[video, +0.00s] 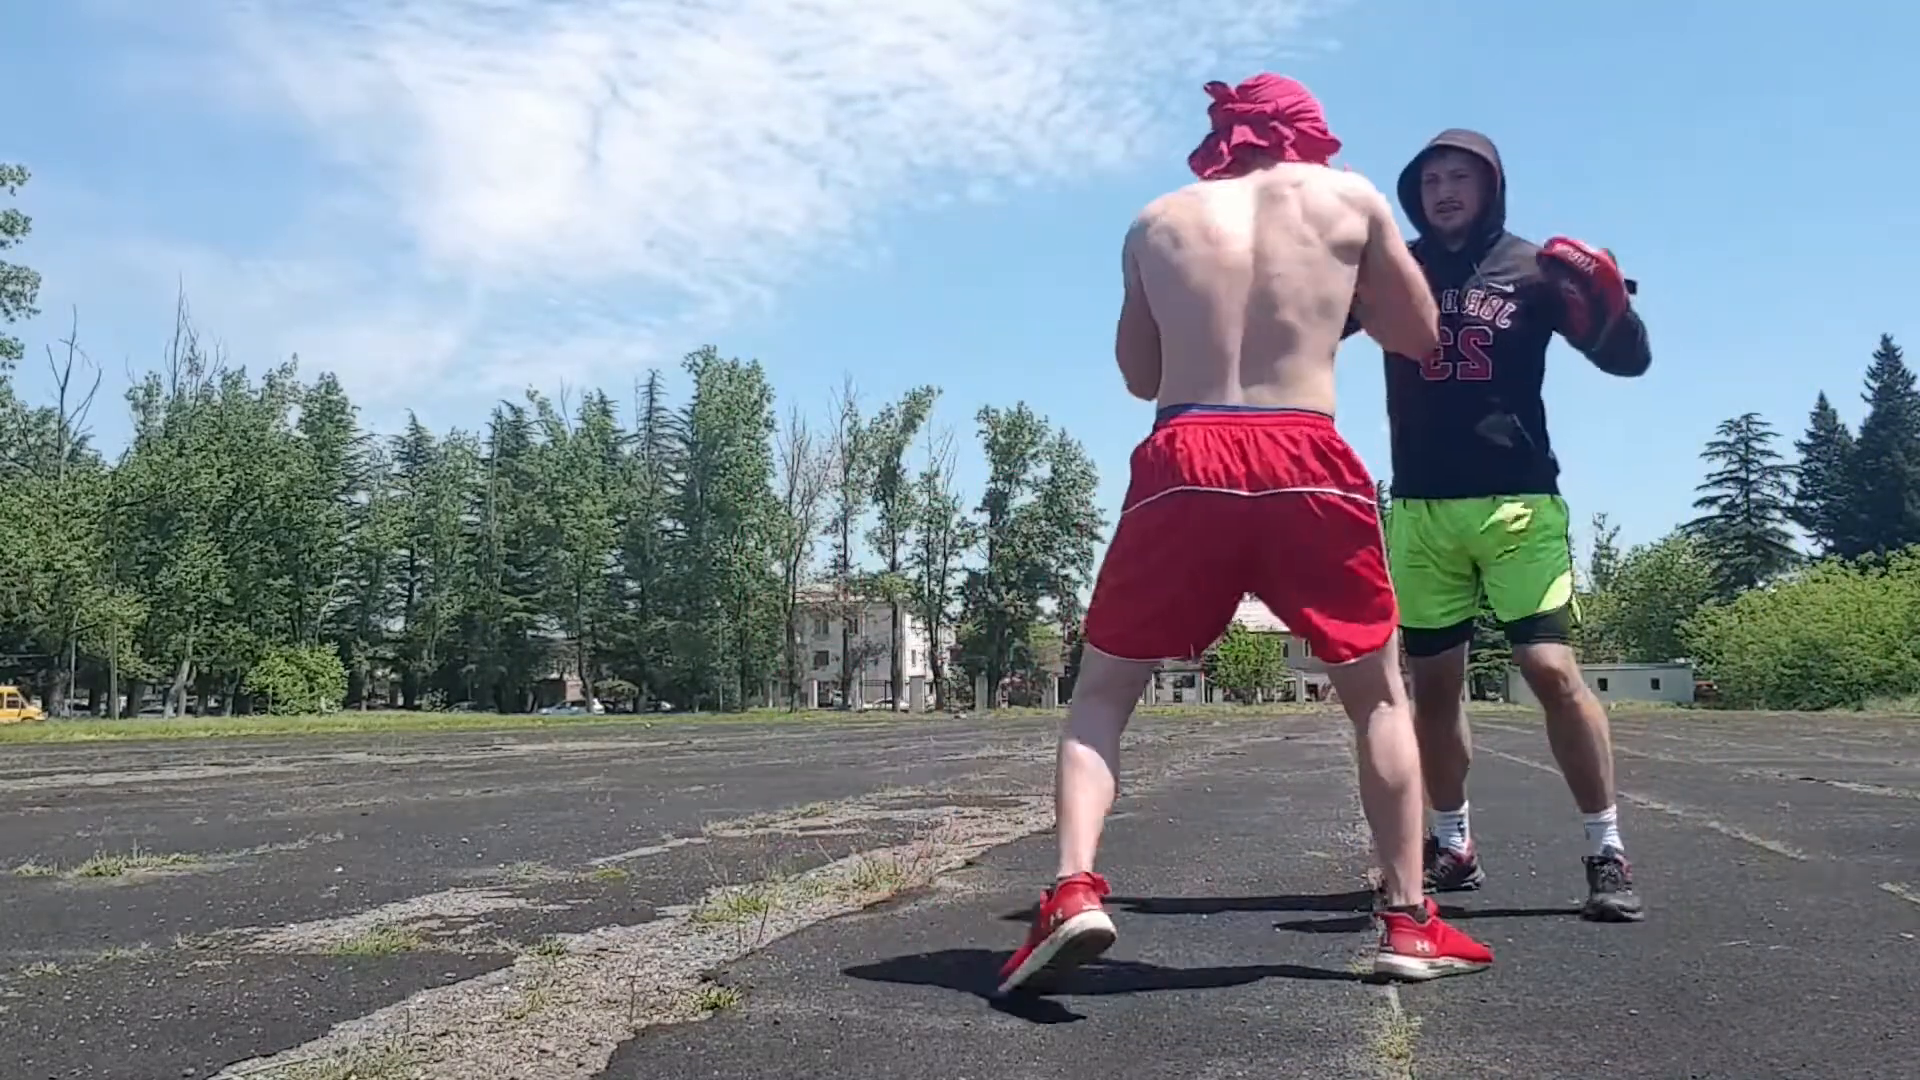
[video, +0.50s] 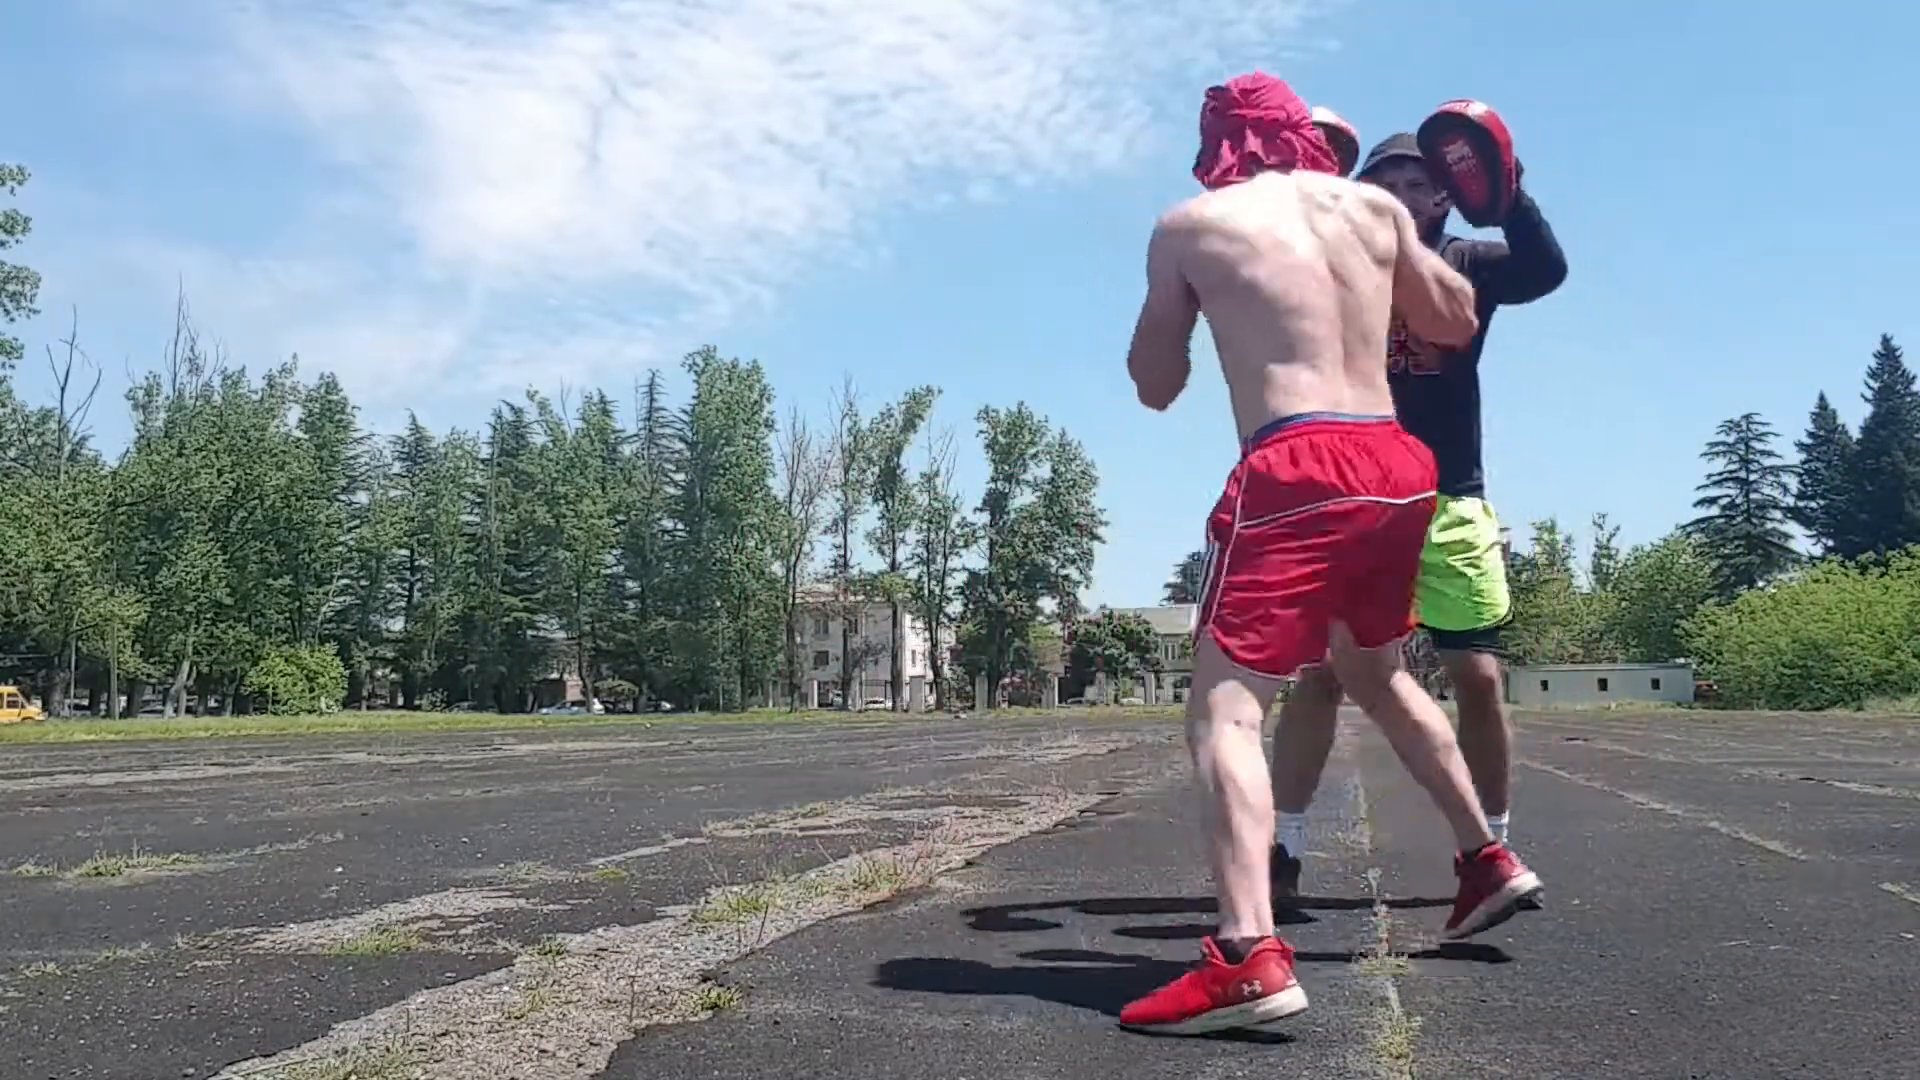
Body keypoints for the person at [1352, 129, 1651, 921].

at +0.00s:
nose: (1446, 191)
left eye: (1462, 179)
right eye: (1433, 181)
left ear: (1492, 190)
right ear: (1415, 195)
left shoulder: (1533, 267)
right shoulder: (1392, 272)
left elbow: (1630, 361)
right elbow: (1318, 313)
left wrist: (1612, 305)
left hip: (1518, 502)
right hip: (1420, 509)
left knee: (1551, 671)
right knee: (1432, 689)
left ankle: (1607, 851)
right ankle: (1450, 847)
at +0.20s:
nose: (1431, 197)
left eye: (1447, 185)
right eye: (1418, 186)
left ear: (1475, 195)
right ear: (1400, 199)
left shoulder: (1512, 261)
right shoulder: (1375, 265)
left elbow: (1598, 302)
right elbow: (1308, 295)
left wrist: (1558, 225)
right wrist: (1296, 215)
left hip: (1491, 496)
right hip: (1395, 495)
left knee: (1501, 679)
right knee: (1395, 678)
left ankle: (1496, 846)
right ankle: (1414, 840)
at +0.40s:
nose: (1424, 203)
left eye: (1440, 192)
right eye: (1408, 192)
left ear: (1465, 206)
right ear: (1388, 207)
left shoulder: (1491, 273)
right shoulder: (1364, 267)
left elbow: (1555, 275)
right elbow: (1313, 270)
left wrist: (1516, 194)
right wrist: (1327, 185)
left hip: (1469, 504)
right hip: (1371, 499)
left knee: (1493, 683)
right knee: (1326, 664)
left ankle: (1498, 851)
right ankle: (1330, 831)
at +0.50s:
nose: (1405, 193)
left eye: (1421, 180)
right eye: (1389, 179)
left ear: (1445, 196)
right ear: (1361, 191)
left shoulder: (1467, 264)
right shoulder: (1336, 260)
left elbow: (1545, 270)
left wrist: (1507, 191)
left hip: (1451, 497)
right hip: (1359, 498)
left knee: (1480, 675)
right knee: (1314, 679)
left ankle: (1493, 849)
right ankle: (1280, 847)